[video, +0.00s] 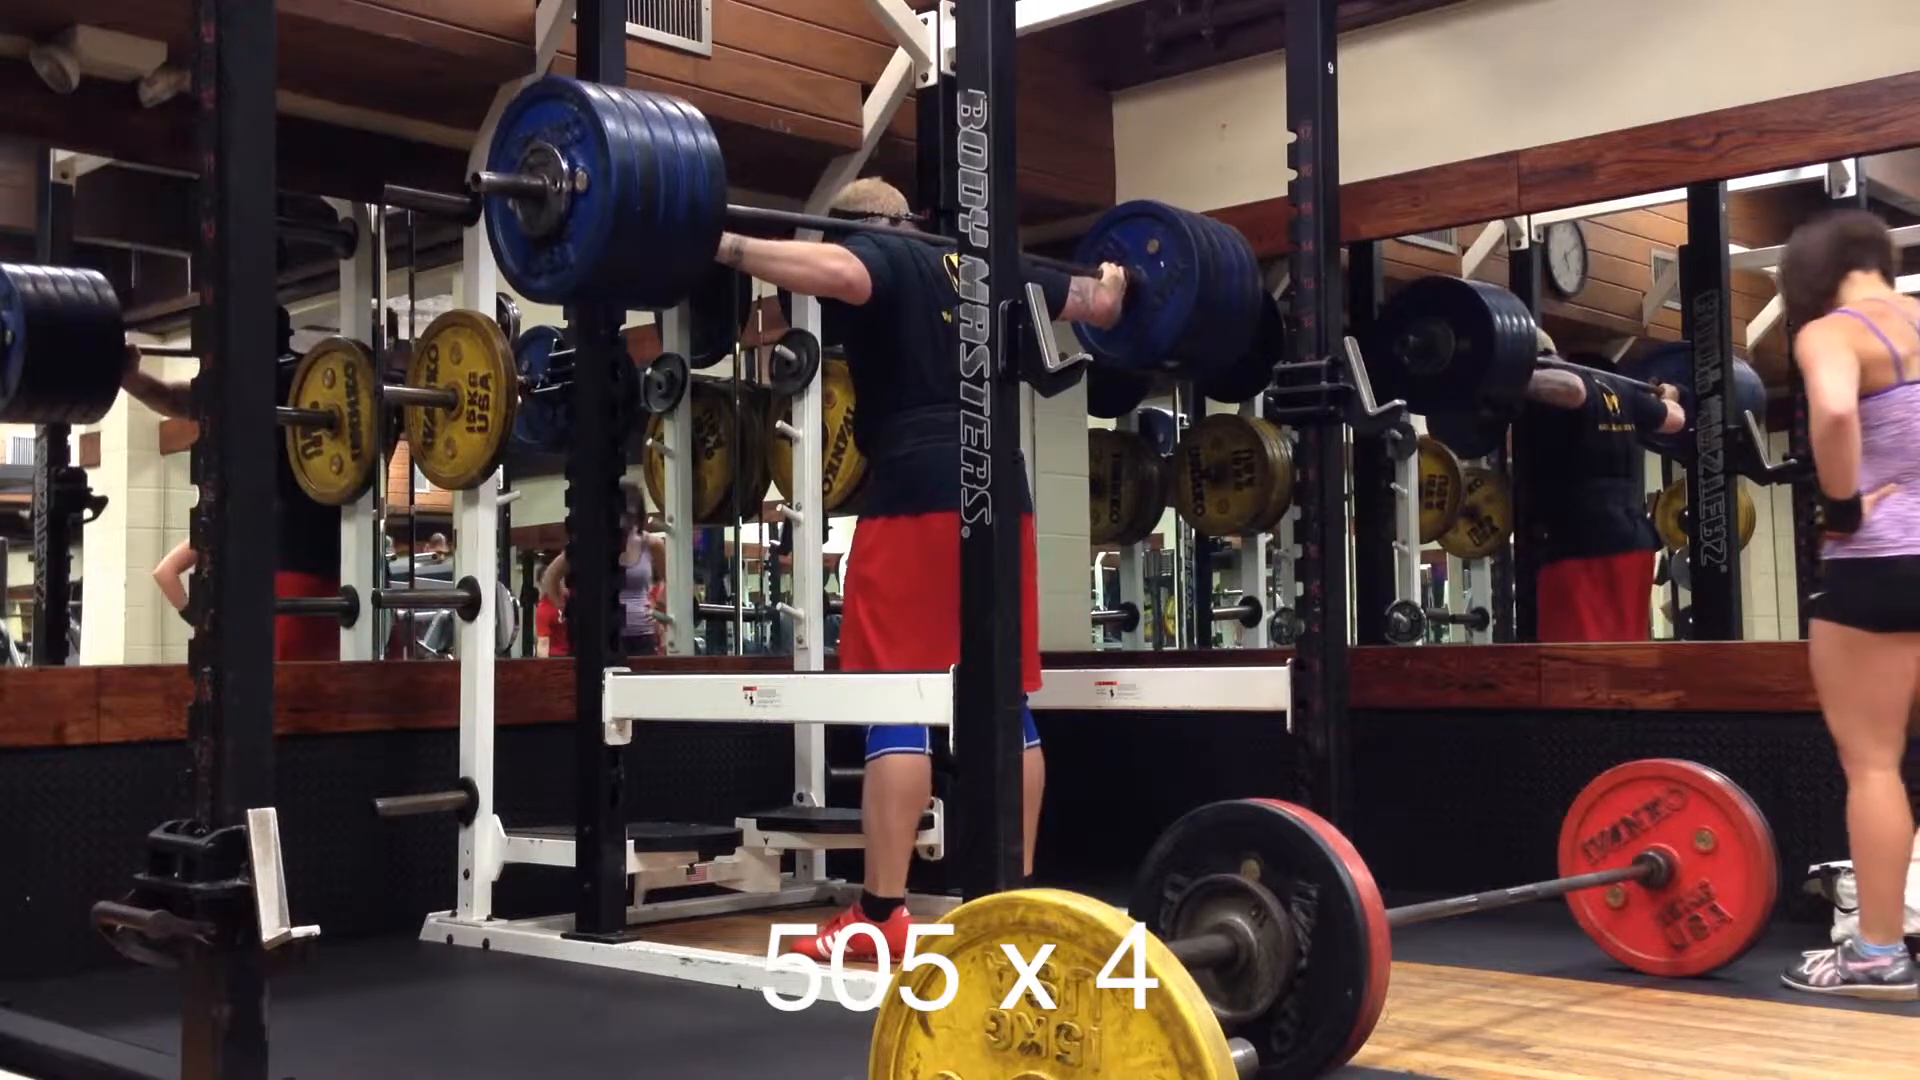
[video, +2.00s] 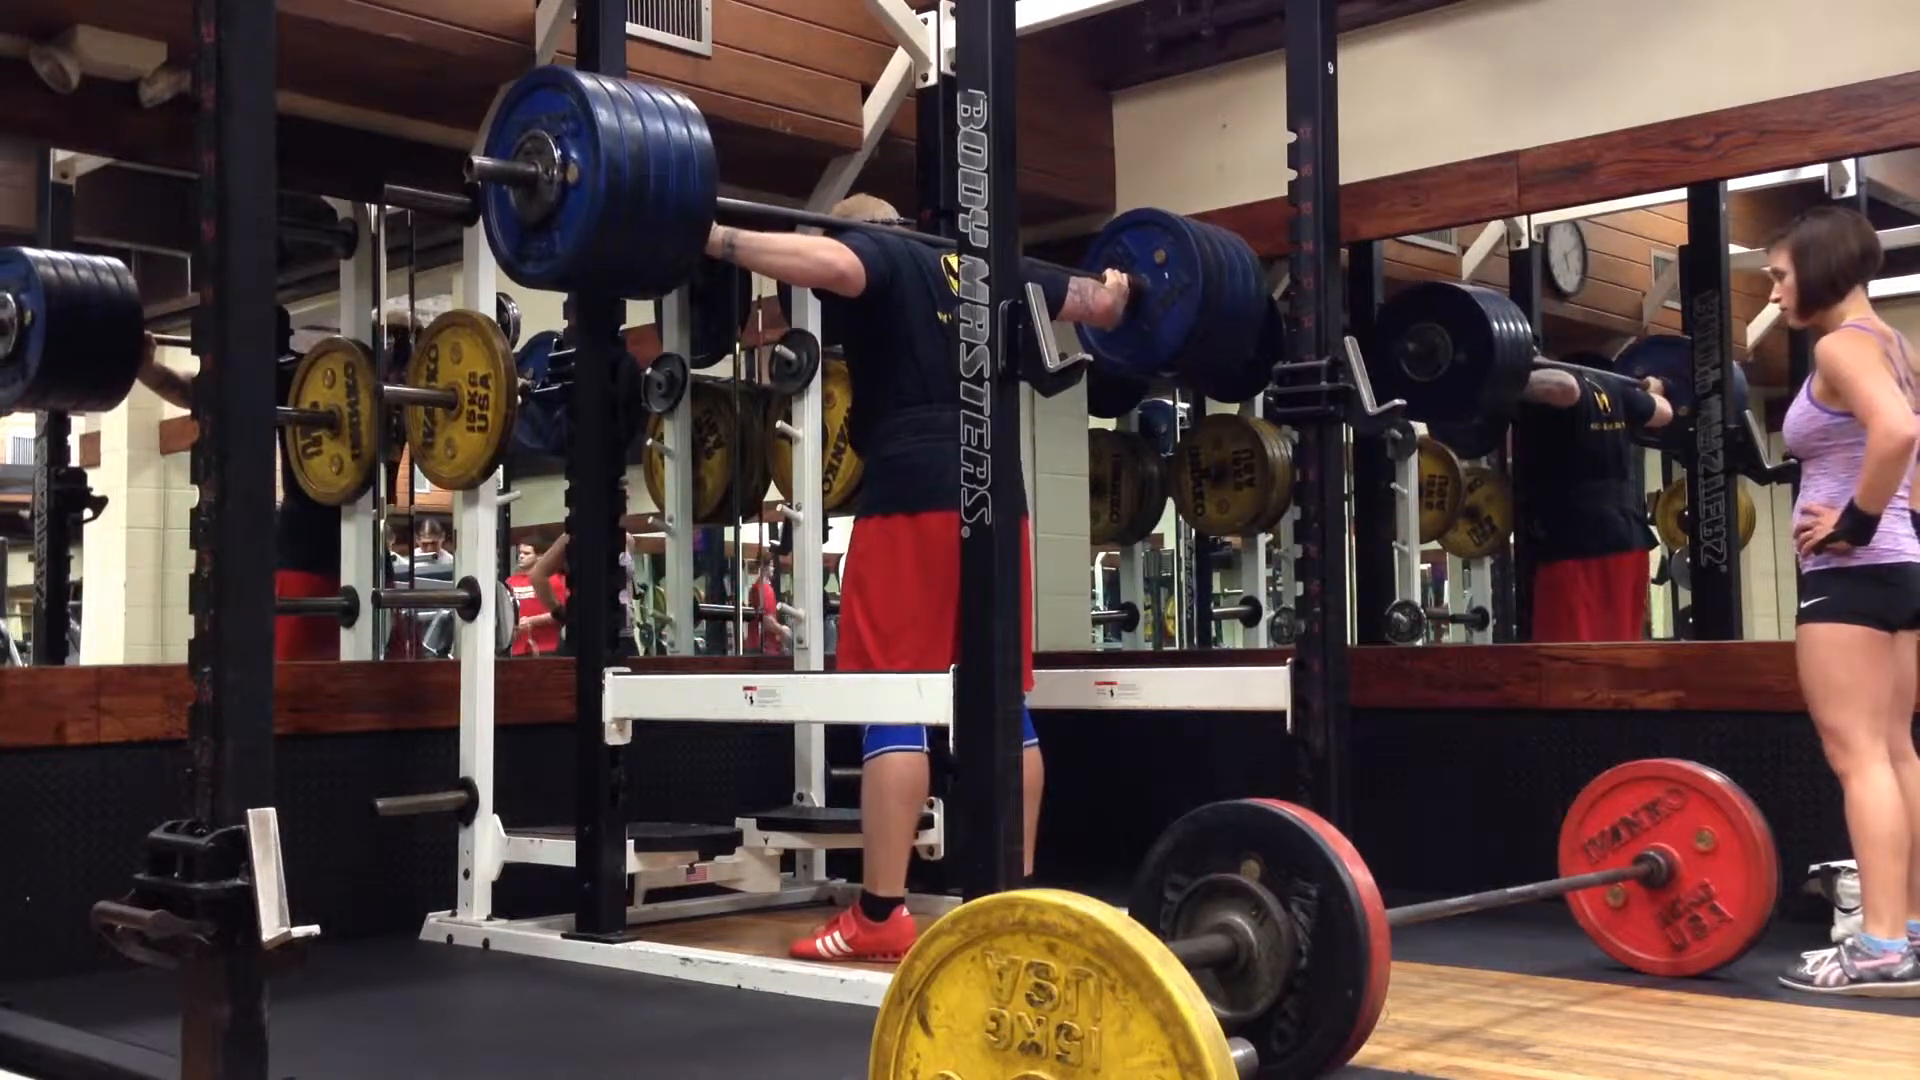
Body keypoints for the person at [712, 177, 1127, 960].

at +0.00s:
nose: (832, 249)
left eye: (833, 235)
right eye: (833, 235)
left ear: (853, 228)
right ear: (908, 216)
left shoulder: (878, 249)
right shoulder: (985, 266)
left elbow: (844, 277)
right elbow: (1095, 301)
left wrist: (728, 244)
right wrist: (1110, 281)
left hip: (917, 500)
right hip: (1004, 502)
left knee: (896, 708)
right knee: (1008, 709)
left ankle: (882, 912)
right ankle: (1014, 901)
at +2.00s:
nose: (833, 245)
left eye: (834, 236)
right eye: (831, 238)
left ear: (857, 229)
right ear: (905, 220)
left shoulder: (880, 250)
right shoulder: (988, 267)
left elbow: (835, 264)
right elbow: (1096, 302)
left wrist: (720, 237)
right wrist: (1119, 283)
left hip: (914, 500)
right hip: (1001, 503)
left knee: (894, 707)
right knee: (1006, 710)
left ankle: (881, 910)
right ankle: (1013, 902)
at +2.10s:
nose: (832, 246)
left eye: (833, 237)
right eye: (830, 239)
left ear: (855, 229)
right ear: (903, 220)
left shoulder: (877, 250)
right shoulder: (988, 265)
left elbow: (834, 265)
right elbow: (1096, 302)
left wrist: (719, 238)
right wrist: (1117, 284)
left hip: (915, 500)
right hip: (1002, 502)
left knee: (891, 707)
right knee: (1005, 711)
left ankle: (880, 910)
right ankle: (1010, 901)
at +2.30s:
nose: (832, 248)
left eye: (833, 238)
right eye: (830, 239)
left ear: (853, 229)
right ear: (902, 220)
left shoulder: (873, 250)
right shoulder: (989, 267)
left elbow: (831, 270)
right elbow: (1095, 304)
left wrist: (718, 241)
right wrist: (1117, 281)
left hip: (913, 501)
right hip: (1003, 506)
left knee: (888, 708)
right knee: (1004, 713)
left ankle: (880, 911)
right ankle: (1012, 902)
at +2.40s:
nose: (831, 248)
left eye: (833, 238)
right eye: (830, 238)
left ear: (852, 230)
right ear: (902, 221)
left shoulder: (873, 250)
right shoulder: (989, 267)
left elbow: (831, 272)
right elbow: (1094, 304)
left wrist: (719, 243)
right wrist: (1117, 279)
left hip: (912, 501)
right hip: (1003, 506)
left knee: (885, 707)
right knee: (1002, 712)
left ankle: (880, 910)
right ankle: (1011, 901)